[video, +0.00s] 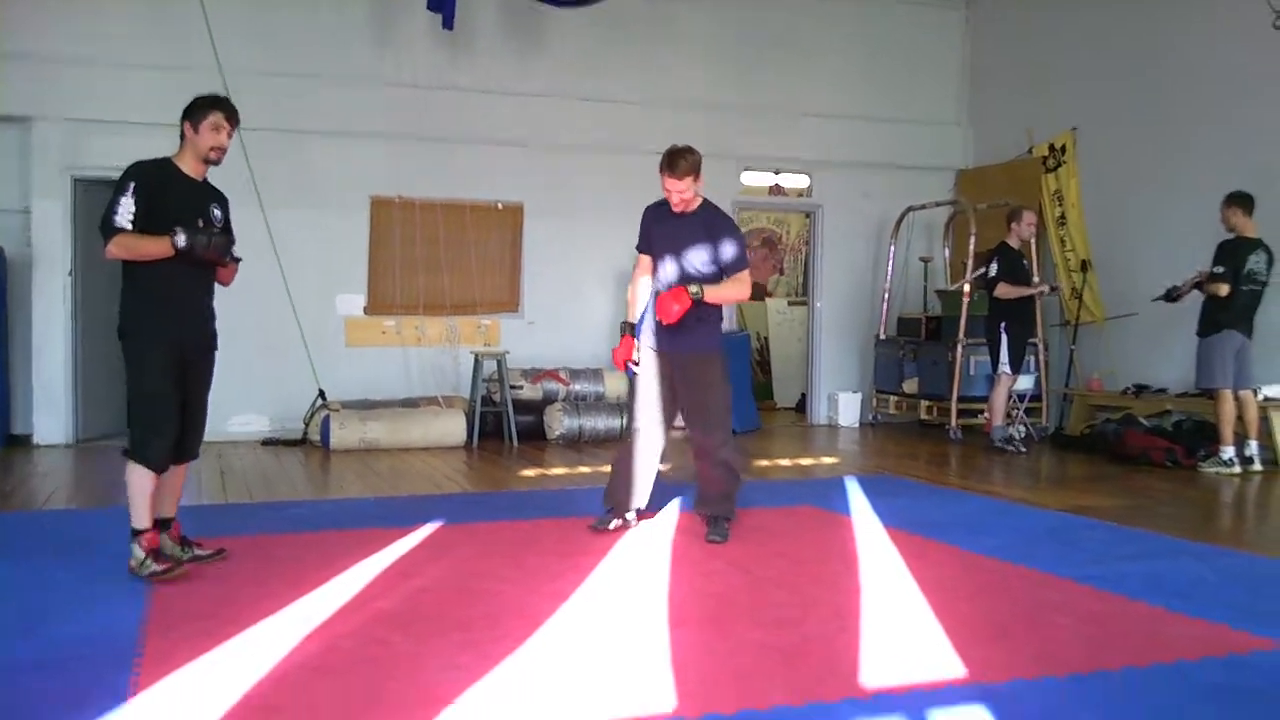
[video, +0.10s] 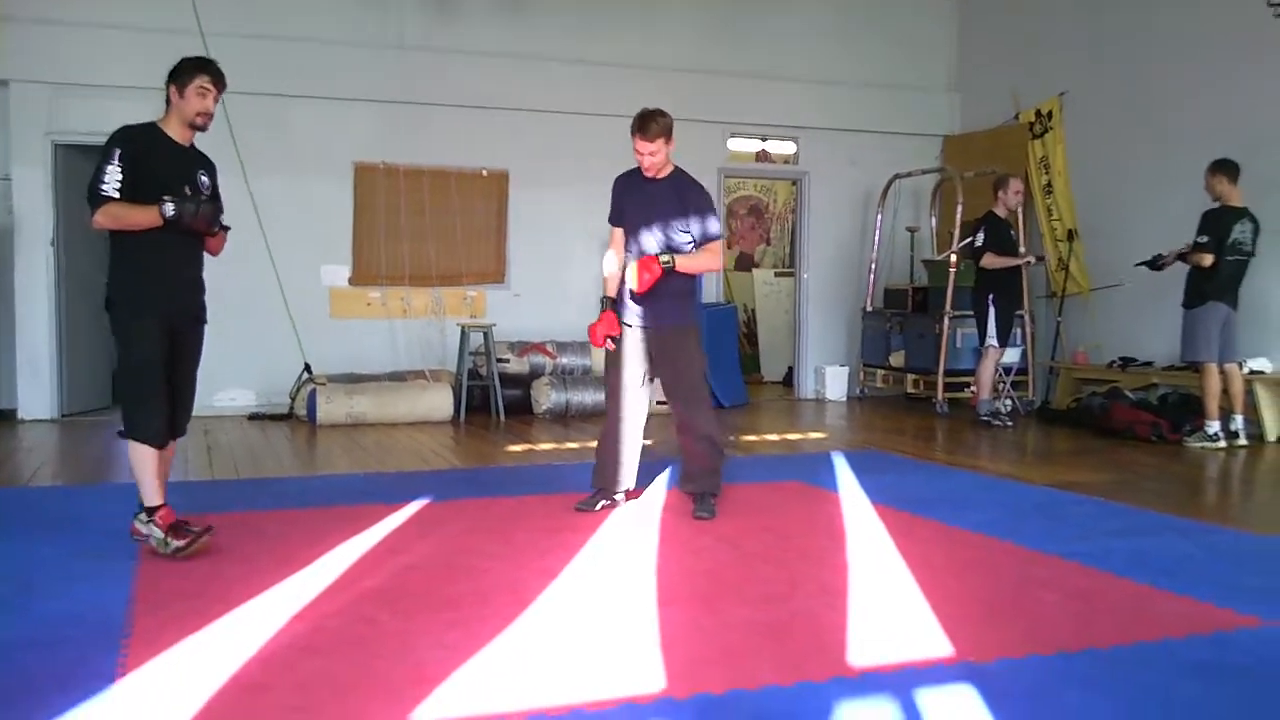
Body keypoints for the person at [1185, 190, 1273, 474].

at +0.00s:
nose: (1221, 218)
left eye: (1224, 213)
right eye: (1222, 213)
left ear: (1236, 213)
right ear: (1246, 213)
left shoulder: (1229, 247)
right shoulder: (1264, 251)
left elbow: (1221, 289)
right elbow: (1246, 288)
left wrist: (1201, 283)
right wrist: (1209, 278)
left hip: (1221, 328)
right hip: (1244, 328)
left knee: (1223, 391)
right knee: (1245, 390)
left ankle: (1226, 455)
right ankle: (1253, 453)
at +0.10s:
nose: (1206, 187)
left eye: (1208, 182)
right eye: (1207, 182)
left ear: (1219, 180)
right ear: (1232, 180)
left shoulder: (1214, 217)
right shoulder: (1250, 220)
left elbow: (1204, 259)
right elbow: (1229, 257)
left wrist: (1183, 255)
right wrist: (1188, 252)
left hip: (1207, 298)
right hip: (1229, 299)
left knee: (1208, 364)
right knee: (1230, 362)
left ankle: (1212, 430)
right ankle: (1238, 428)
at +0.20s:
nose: (1212, 188)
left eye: (1214, 183)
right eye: (1212, 183)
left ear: (1225, 182)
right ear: (1237, 182)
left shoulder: (1218, 219)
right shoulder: (1256, 222)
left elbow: (1208, 261)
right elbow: (1236, 261)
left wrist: (1185, 258)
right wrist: (1187, 256)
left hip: (1212, 300)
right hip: (1235, 301)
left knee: (1213, 367)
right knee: (1236, 365)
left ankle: (1217, 432)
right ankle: (1243, 430)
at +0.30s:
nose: (1216, 192)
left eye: (1218, 186)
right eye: (1217, 186)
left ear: (1230, 186)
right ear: (1242, 187)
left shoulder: (1222, 223)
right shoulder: (1260, 226)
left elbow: (1212, 265)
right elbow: (1241, 264)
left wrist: (1187, 262)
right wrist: (1197, 258)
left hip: (1216, 304)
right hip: (1240, 305)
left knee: (1218, 371)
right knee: (1241, 369)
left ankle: (1222, 436)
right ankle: (1248, 435)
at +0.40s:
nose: (1223, 195)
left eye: (1224, 190)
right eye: (1222, 190)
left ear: (1235, 189)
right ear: (1249, 188)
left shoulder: (1227, 224)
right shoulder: (1266, 228)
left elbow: (1216, 266)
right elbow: (1245, 266)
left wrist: (1191, 261)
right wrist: (1201, 258)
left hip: (1222, 306)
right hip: (1246, 307)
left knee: (1224, 372)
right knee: (1247, 371)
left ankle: (1228, 438)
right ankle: (1254, 436)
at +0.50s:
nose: (1229, 196)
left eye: (1231, 191)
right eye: (1229, 191)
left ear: (1242, 191)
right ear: (1255, 190)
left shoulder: (1235, 226)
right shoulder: (1271, 228)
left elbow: (1223, 269)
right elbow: (1252, 267)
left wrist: (1201, 263)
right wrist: (1210, 257)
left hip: (1229, 308)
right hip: (1254, 309)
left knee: (1232, 375)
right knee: (1255, 373)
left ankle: (1236, 440)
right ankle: (1262, 438)